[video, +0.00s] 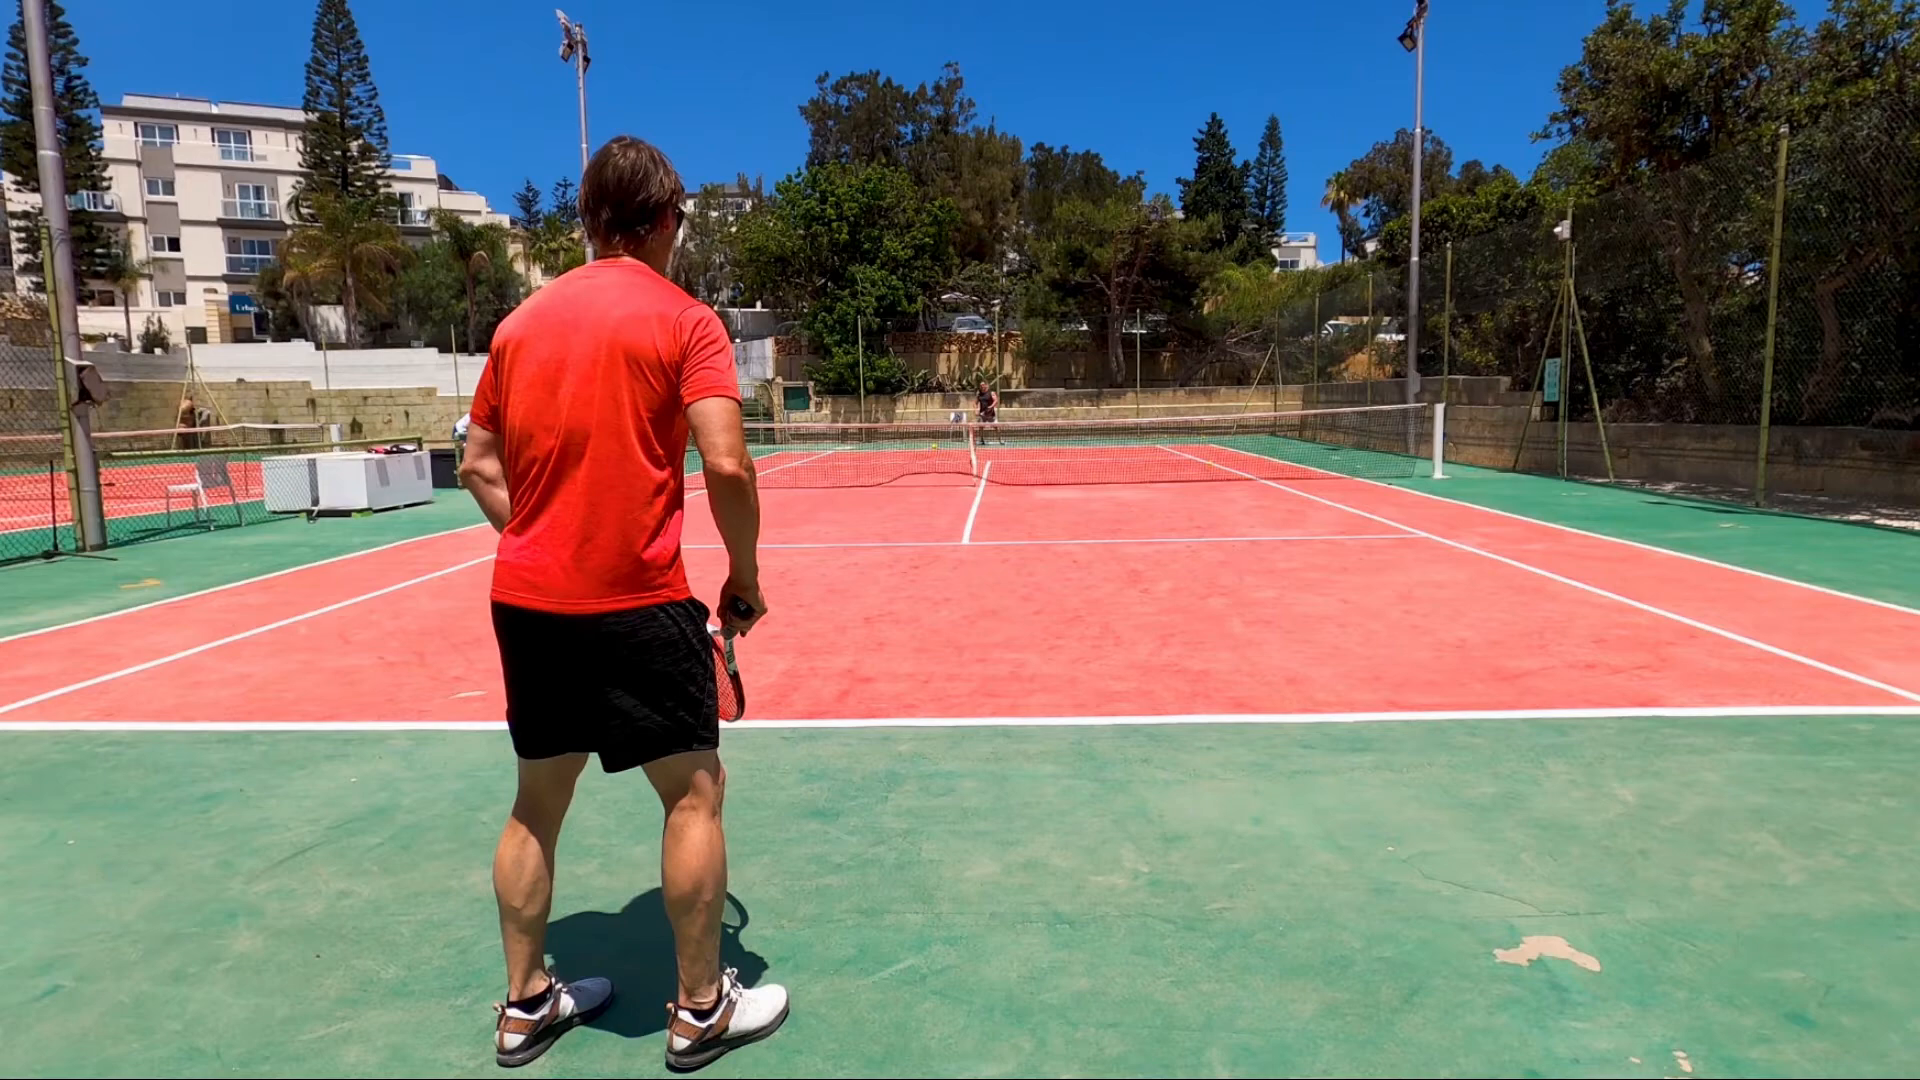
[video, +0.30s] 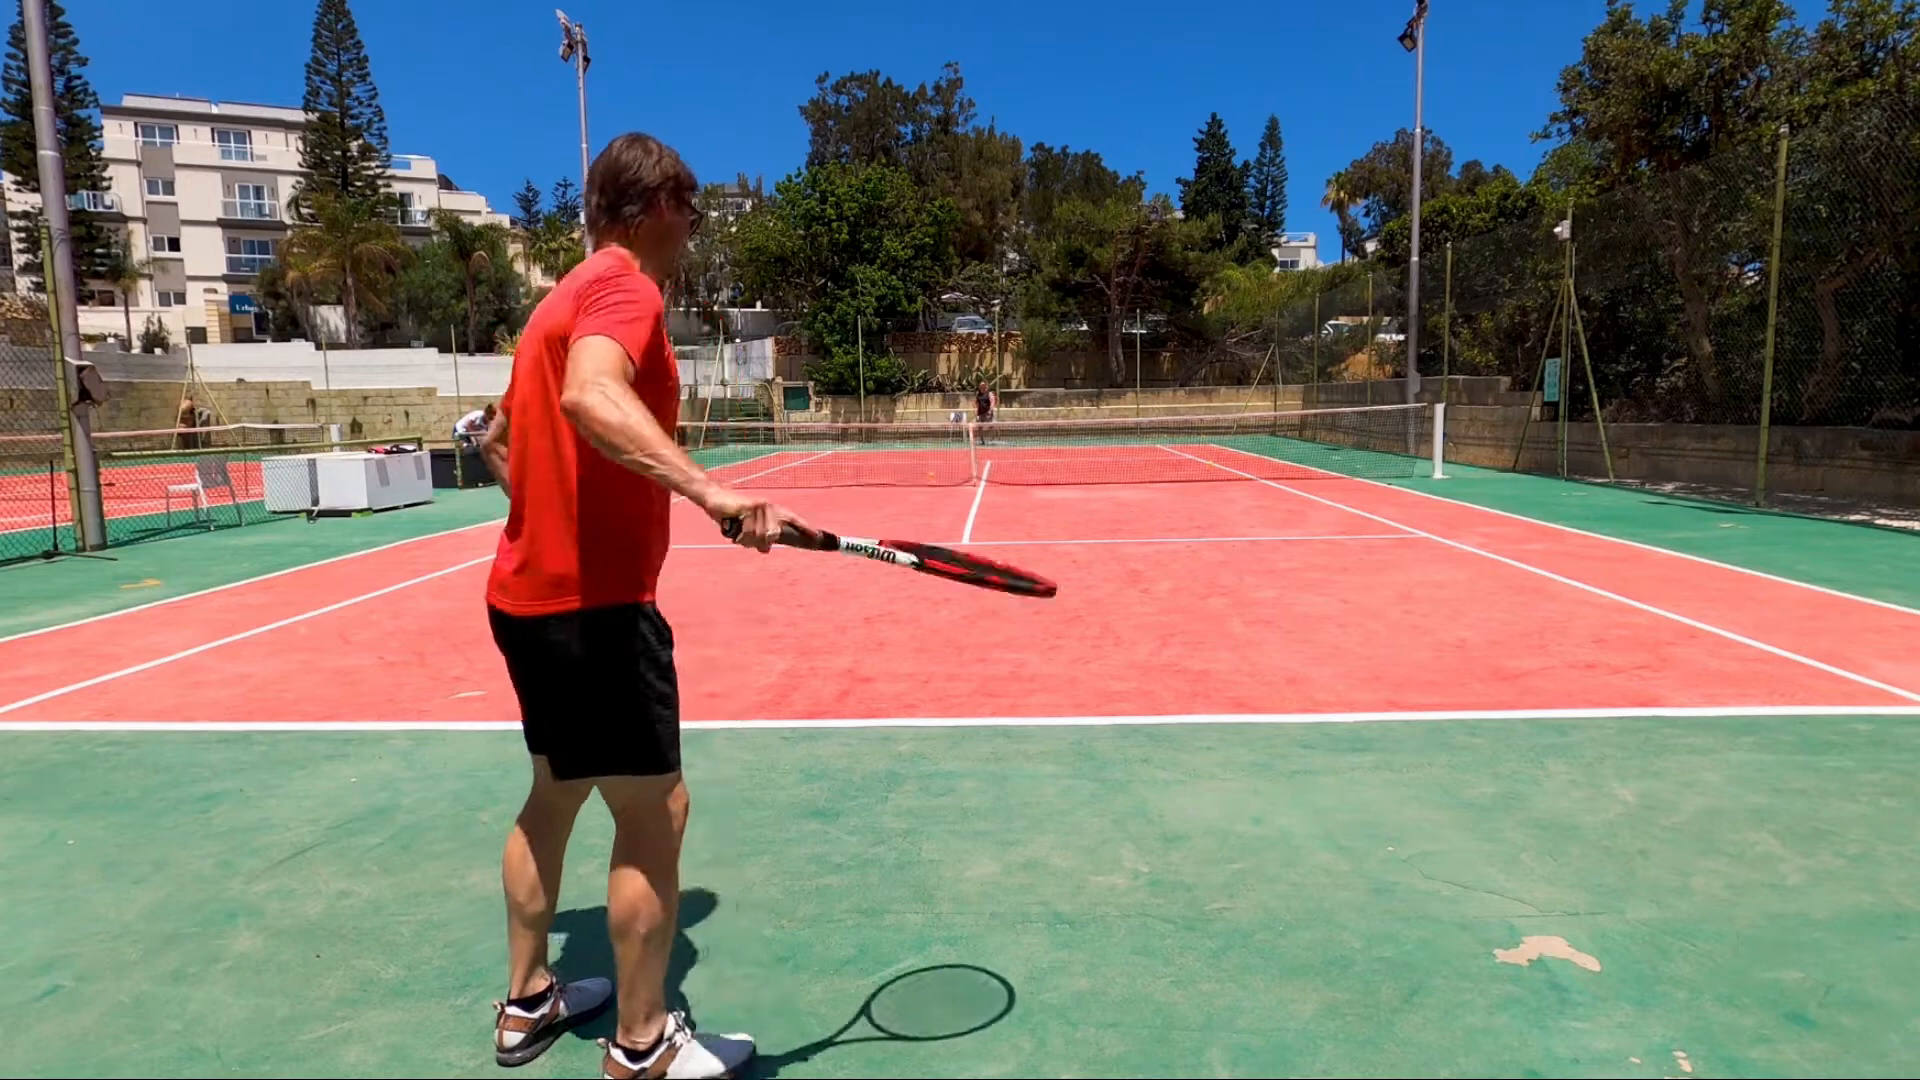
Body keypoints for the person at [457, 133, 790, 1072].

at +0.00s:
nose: (680, 234)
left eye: (678, 221)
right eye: (679, 220)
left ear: (587, 220)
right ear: (665, 221)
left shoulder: (524, 320)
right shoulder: (686, 318)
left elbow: (479, 462)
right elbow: (726, 466)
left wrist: (540, 544)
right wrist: (745, 572)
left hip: (529, 601)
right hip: (641, 601)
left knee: (536, 799)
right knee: (693, 793)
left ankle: (523, 1002)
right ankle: (700, 1006)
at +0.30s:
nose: (692, 229)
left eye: (691, 211)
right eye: (688, 210)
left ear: (603, 212)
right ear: (658, 208)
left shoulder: (559, 303)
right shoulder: (623, 287)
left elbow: (500, 446)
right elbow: (591, 394)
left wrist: (581, 520)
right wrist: (711, 490)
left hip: (528, 599)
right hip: (599, 606)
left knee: (554, 787)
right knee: (653, 808)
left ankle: (527, 996)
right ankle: (645, 1040)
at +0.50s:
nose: (716, 254)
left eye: (720, 235)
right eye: (714, 232)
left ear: (657, 213)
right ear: (675, 216)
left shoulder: (643, 303)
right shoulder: (596, 284)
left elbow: (614, 447)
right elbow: (476, 366)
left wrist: (665, 540)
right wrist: (571, 351)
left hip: (588, 592)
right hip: (603, 596)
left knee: (579, 788)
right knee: (652, 817)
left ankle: (529, 990)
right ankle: (642, 1042)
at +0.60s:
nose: (732, 260)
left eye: (739, 241)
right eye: (733, 237)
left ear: (683, 218)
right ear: (690, 216)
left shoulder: (647, 304)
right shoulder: (589, 289)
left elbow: (640, 439)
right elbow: (451, 358)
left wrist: (717, 507)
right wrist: (470, 298)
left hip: (614, 587)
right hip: (595, 594)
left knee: (584, 788)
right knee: (656, 816)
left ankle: (529, 988)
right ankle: (644, 1041)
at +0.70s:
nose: (753, 262)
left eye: (758, 244)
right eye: (754, 240)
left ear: (696, 219)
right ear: (717, 224)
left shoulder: (672, 317)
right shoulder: (600, 300)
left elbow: (672, 425)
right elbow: (462, 377)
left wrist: (759, 479)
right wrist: (425, 341)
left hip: (617, 595)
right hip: (595, 601)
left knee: (584, 788)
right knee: (659, 816)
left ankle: (528, 988)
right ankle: (643, 1042)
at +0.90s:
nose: (788, 286)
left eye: (796, 268)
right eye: (791, 264)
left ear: (723, 235)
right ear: (753, 245)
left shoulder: (660, 306)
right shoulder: (654, 361)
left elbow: (653, 429)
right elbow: (613, 534)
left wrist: (731, 467)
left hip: (574, 600)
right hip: (599, 617)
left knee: (577, 787)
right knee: (668, 820)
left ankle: (524, 981)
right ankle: (645, 1044)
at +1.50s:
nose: (750, 211)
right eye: (756, 198)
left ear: (660, 196)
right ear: (757, 206)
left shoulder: (575, 288)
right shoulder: (774, 343)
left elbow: (467, 415)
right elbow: (772, 454)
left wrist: (548, 453)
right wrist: (694, 391)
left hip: (542, 609)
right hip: (669, 629)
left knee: (523, 809)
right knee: (676, 834)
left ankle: (491, 1018)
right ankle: (646, 1044)